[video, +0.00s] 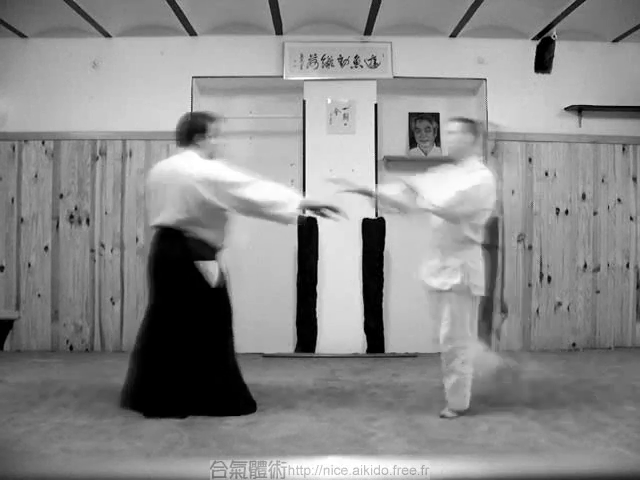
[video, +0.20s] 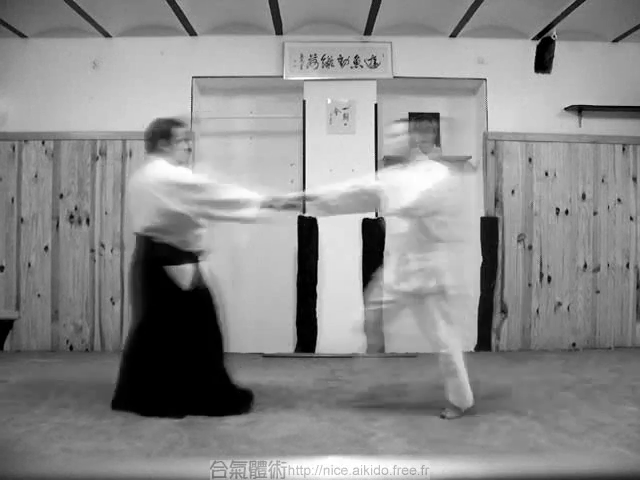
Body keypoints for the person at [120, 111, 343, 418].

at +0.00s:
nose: (220, 141)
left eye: (220, 135)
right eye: (216, 136)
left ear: (187, 139)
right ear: (200, 138)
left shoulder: (159, 169)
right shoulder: (205, 170)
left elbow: (158, 213)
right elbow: (250, 192)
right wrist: (302, 203)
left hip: (163, 251)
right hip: (194, 255)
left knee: (165, 324)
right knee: (210, 325)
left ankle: (152, 395)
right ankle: (218, 396)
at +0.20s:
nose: (190, 146)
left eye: (189, 140)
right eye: (183, 141)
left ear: (160, 145)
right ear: (164, 144)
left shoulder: (145, 173)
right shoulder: (170, 176)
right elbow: (216, 196)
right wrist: (266, 201)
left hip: (150, 256)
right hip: (173, 260)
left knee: (156, 328)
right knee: (198, 327)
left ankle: (144, 395)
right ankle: (210, 395)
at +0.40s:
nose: (165, 145)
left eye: (165, 140)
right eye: (159, 140)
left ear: (141, 143)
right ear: (141, 143)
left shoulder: (140, 169)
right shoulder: (142, 174)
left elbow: (178, 182)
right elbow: (186, 190)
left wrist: (203, 178)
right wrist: (214, 184)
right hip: (154, 260)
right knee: (174, 329)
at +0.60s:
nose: (159, 141)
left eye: (158, 136)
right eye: (153, 136)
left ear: (137, 143)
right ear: (136, 141)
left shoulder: (147, 171)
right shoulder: (129, 171)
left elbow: (165, 161)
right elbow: (153, 157)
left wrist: (173, 137)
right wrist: (162, 128)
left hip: (160, 257)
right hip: (144, 259)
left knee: (170, 328)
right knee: (145, 331)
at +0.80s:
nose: (166, 141)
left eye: (164, 135)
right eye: (159, 137)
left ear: (139, 143)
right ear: (142, 142)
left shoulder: (135, 167)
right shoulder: (147, 166)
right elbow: (189, 155)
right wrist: (207, 128)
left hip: (134, 250)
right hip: (158, 253)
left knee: (132, 325)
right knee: (155, 327)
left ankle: (127, 397)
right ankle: (145, 398)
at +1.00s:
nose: (187, 145)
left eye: (188, 140)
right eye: (181, 140)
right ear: (162, 143)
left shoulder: (178, 166)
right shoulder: (157, 165)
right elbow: (187, 173)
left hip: (177, 244)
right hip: (154, 245)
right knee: (140, 323)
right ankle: (130, 397)